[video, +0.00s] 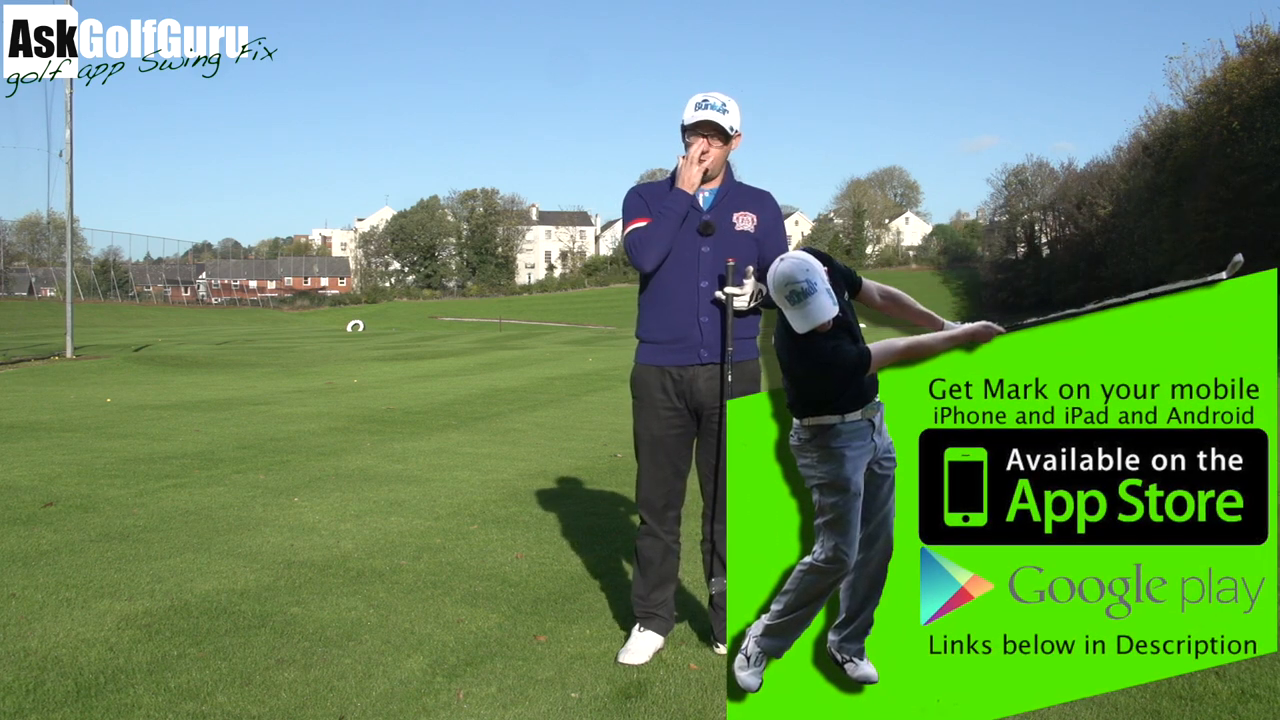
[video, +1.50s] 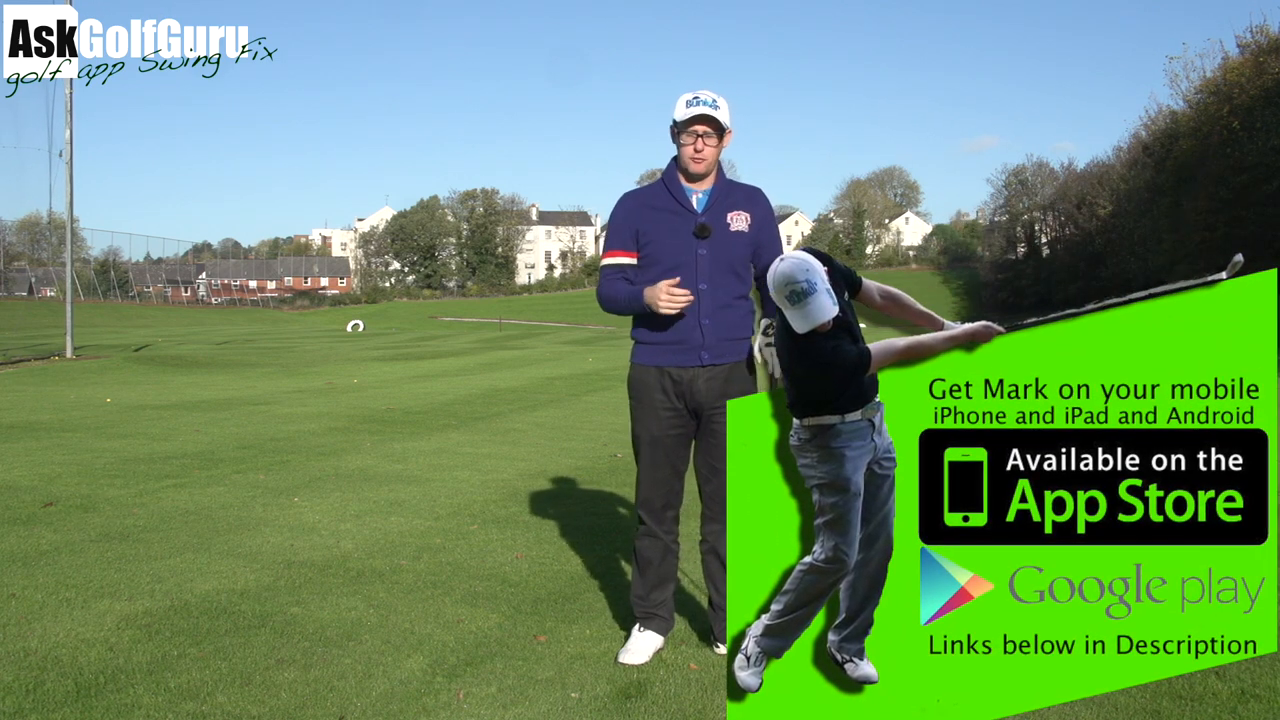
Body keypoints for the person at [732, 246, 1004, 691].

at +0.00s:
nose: (823, 323)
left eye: (825, 310)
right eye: (811, 321)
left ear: (823, 284)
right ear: (786, 308)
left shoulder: (818, 268)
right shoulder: (809, 351)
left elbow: (880, 296)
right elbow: (899, 352)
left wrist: (946, 327)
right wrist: (963, 337)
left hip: (871, 425)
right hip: (828, 439)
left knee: (874, 547)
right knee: (835, 555)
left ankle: (846, 643)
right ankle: (762, 641)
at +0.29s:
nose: (823, 324)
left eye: (825, 310)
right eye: (810, 321)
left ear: (823, 284)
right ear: (785, 308)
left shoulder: (818, 268)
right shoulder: (808, 350)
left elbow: (880, 296)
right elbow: (899, 352)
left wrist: (945, 326)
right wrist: (962, 337)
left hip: (870, 425)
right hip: (828, 439)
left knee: (874, 546)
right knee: (835, 555)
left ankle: (846, 643)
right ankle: (762, 641)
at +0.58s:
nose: (823, 324)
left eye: (825, 310)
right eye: (811, 321)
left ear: (824, 284)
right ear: (785, 309)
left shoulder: (819, 268)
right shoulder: (809, 352)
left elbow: (880, 296)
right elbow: (901, 351)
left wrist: (946, 326)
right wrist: (963, 337)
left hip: (871, 425)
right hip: (829, 439)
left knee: (874, 547)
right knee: (835, 555)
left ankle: (846, 643)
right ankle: (762, 641)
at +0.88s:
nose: (824, 324)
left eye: (826, 310)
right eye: (812, 321)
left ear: (825, 284)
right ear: (787, 309)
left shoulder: (819, 268)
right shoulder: (810, 352)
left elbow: (880, 296)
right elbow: (901, 351)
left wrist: (946, 326)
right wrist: (963, 337)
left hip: (871, 425)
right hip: (828, 439)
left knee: (874, 547)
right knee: (835, 555)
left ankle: (846, 643)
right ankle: (762, 641)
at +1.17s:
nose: (824, 324)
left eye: (826, 311)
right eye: (812, 322)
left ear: (825, 285)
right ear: (787, 310)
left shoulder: (819, 268)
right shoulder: (809, 351)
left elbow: (880, 296)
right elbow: (900, 351)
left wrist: (946, 326)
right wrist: (964, 337)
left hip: (871, 425)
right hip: (829, 439)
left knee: (874, 547)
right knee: (835, 554)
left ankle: (846, 642)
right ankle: (762, 641)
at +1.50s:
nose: (823, 324)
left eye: (825, 311)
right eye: (811, 322)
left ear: (824, 285)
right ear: (785, 311)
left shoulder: (818, 268)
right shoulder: (809, 353)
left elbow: (880, 296)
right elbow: (900, 352)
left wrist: (946, 327)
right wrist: (963, 337)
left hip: (871, 425)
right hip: (829, 439)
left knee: (874, 546)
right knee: (835, 555)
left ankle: (846, 642)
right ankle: (762, 641)